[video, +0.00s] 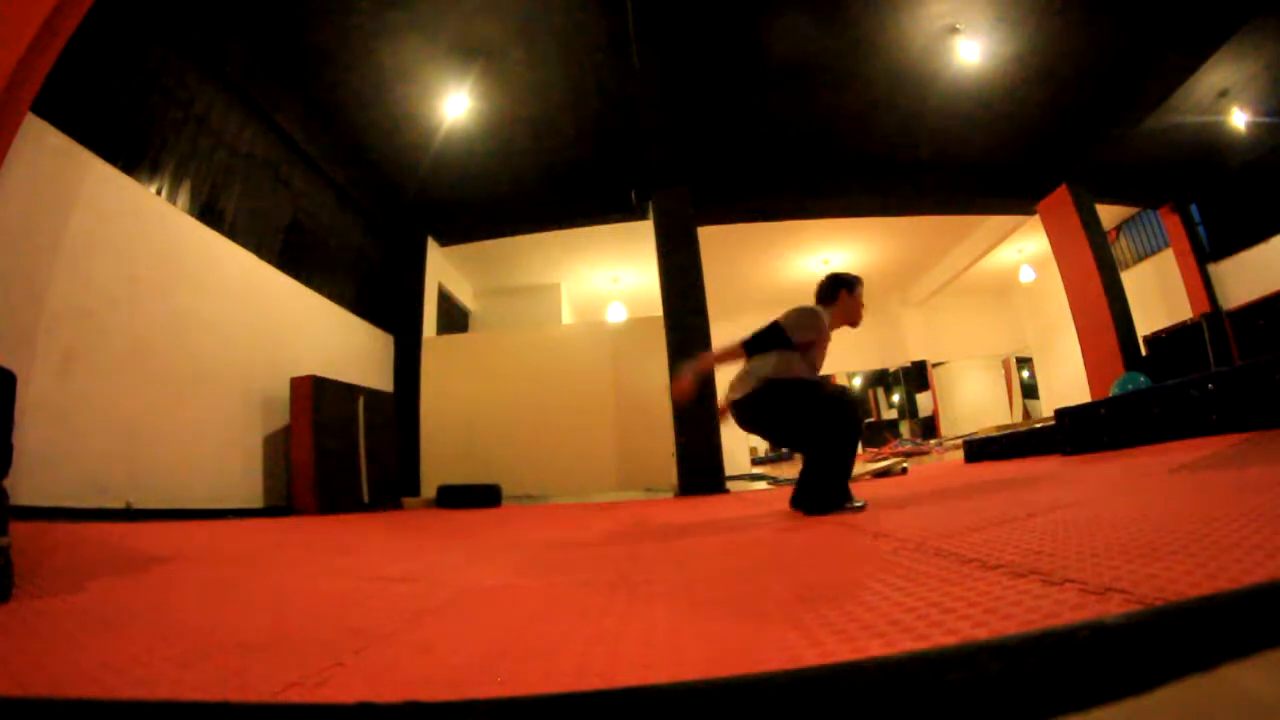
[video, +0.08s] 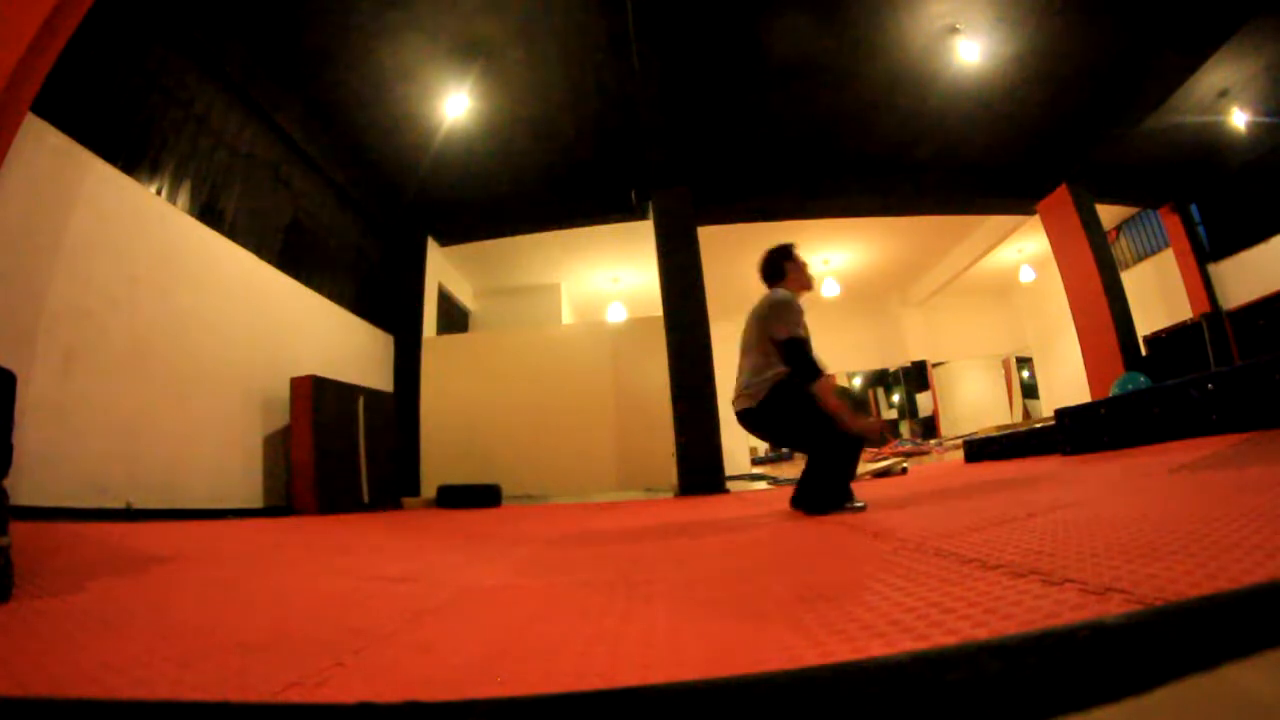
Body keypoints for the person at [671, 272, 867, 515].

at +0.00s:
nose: (863, 306)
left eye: (862, 298)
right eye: (859, 297)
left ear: (842, 297)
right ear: (843, 297)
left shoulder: (815, 332)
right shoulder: (809, 318)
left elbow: (767, 369)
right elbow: (752, 345)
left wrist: (729, 403)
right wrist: (697, 367)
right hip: (760, 398)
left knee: (837, 414)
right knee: (840, 410)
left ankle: (814, 496)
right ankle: (822, 497)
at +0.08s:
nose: (807, 269)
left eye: (803, 263)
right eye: (800, 264)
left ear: (780, 273)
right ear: (787, 270)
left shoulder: (774, 304)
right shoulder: (780, 302)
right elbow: (803, 365)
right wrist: (845, 414)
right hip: (765, 401)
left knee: (835, 432)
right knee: (842, 432)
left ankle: (814, 494)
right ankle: (824, 496)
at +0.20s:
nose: (716, 247)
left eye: (709, 246)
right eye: (708, 249)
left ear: (705, 272)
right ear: (708, 261)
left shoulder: (730, 286)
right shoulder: (734, 273)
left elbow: (758, 250)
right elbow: (766, 215)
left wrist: (748, 209)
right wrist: (763, 181)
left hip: (772, 395)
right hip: (782, 386)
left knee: (849, 414)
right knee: (856, 410)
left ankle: (818, 486)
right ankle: (828, 490)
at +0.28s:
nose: (666, 243)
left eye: (663, 245)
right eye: (664, 246)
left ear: (667, 275)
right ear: (667, 259)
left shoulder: (696, 267)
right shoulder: (695, 260)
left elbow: (663, 234)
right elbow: (660, 225)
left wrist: (632, 229)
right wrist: (624, 223)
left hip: (795, 332)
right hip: (802, 327)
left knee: (857, 391)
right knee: (866, 383)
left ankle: (831, 472)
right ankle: (840, 480)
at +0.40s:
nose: (645, 312)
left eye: (646, 319)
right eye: (651, 315)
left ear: (656, 311)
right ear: (662, 308)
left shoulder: (677, 276)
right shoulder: (662, 276)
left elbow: (649, 265)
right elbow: (606, 310)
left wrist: (611, 253)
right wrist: (577, 366)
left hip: (780, 246)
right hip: (778, 238)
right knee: (856, 258)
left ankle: (848, 451)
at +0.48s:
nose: (663, 367)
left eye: (668, 369)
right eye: (670, 367)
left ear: (674, 345)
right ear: (674, 347)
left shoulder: (679, 306)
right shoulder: (664, 315)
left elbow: (655, 268)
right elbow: (631, 369)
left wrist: (625, 249)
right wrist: (639, 432)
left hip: (751, 231)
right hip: (744, 232)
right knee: (821, 201)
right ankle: (838, 291)